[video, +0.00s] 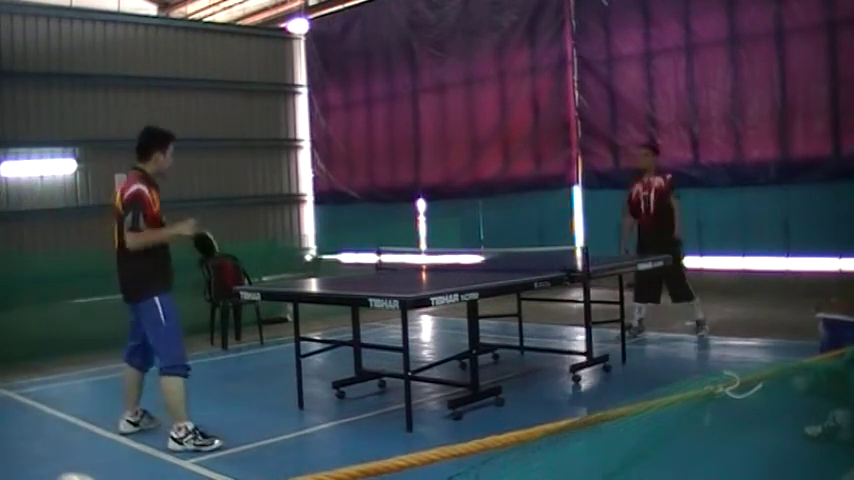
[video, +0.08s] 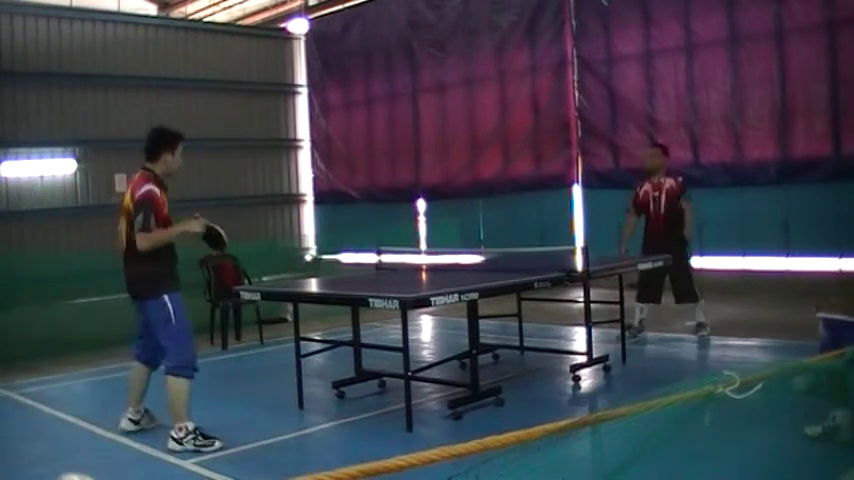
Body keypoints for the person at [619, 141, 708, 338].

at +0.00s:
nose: (642, 160)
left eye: (646, 156)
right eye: (641, 156)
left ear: (654, 159)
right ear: (640, 160)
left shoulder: (665, 182)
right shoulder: (636, 187)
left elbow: (675, 207)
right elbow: (630, 218)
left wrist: (677, 233)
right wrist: (625, 244)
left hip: (666, 240)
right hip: (645, 241)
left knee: (679, 282)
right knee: (642, 283)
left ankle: (699, 318)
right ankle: (637, 322)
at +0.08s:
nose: (650, 160)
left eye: (655, 156)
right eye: (649, 156)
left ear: (664, 160)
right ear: (646, 160)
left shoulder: (676, 184)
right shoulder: (642, 188)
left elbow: (687, 208)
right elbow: (632, 217)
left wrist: (687, 232)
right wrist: (624, 243)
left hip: (675, 242)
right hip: (651, 243)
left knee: (685, 283)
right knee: (646, 284)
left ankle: (700, 320)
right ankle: (638, 323)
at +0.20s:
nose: (666, 161)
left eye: (670, 156)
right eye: (664, 156)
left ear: (679, 160)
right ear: (661, 160)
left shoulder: (691, 185)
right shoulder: (654, 187)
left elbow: (695, 209)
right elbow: (645, 213)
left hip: (686, 242)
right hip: (662, 243)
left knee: (691, 282)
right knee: (654, 280)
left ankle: (701, 320)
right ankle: (641, 320)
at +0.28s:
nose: (677, 160)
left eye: (681, 156)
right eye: (674, 156)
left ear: (688, 159)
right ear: (670, 159)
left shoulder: (699, 186)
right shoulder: (661, 185)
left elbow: (706, 216)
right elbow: (649, 215)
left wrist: (707, 242)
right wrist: (639, 241)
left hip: (691, 245)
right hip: (667, 244)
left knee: (696, 283)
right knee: (659, 281)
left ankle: (701, 320)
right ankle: (647, 317)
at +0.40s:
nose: (686, 158)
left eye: (691, 154)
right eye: (684, 153)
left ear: (698, 158)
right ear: (680, 157)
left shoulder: (707, 185)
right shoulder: (668, 184)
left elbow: (712, 218)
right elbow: (660, 215)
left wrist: (709, 244)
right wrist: (659, 241)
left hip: (696, 244)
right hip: (672, 243)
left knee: (699, 283)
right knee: (664, 281)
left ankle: (702, 321)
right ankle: (658, 318)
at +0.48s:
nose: (690, 158)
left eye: (694, 154)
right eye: (687, 154)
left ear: (702, 157)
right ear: (683, 157)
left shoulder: (711, 186)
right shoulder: (671, 184)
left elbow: (717, 216)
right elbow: (664, 214)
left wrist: (713, 242)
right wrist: (664, 240)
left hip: (699, 242)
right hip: (675, 242)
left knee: (700, 282)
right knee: (670, 280)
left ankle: (702, 321)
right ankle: (668, 320)